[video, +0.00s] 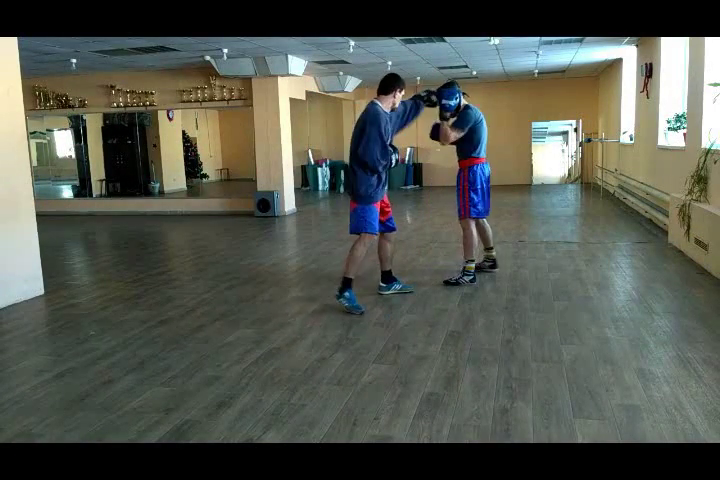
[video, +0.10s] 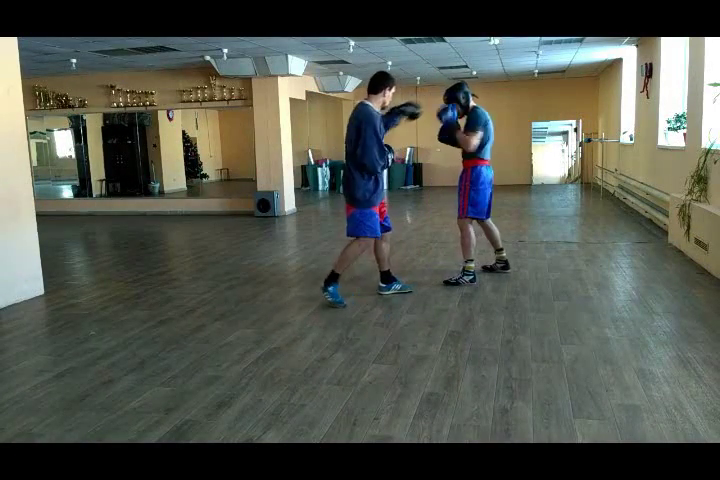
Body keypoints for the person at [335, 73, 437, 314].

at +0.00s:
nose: (400, 100)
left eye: (400, 96)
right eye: (401, 95)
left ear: (384, 90)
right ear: (396, 93)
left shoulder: (385, 113)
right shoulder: (376, 115)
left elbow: (405, 112)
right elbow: (373, 158)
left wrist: (422, 99)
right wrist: (394, 156)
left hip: (377, 186)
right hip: (365, 188)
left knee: (388, 231)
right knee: (367, 236)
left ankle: (387, 280)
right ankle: (345, 290)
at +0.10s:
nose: (392, 98)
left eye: (393, 94)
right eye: (392, 93)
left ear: (372, 90)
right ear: (386, 92)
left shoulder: (365, 111)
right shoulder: (369, 115)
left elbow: (379, 128)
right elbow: (371, 159)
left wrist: (399, 114)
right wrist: (389, 153)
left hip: (372, 189)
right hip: (363, 191)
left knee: (383, 233)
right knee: (365, 238)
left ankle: (387, 280)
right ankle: (330, 282)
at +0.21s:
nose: (384, 102)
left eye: (385, 97)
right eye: (384, 97)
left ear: (363, 93)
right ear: (379, 96)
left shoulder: (353, 115)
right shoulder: (365, 120)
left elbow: (357, 147)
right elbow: (373, 166)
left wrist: (377, 128)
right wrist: (385, 161)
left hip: (364, 192)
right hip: (358, 194)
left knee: (385, 230)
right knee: (356, 240)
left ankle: (387, 279)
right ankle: (326, 288)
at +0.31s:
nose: (376, 102)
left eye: (377, 98)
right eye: (377, 97)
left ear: (356, 93)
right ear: (371, 95)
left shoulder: (345, 116)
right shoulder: (360, 121)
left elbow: (348, 149)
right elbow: (368, 165)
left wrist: (370, 133)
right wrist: (380, 158)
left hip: (357, 190)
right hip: (356, 193)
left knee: (383, 223)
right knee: (354, 239)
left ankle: (386, 271)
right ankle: (325, 288)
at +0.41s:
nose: (376, 102)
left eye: (377, 98)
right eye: (377, 97)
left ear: (356, 93)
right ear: (370, 95)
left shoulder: (347, 116)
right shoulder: (359, 120)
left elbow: (353, 145)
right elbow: (367, 164)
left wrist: (376, 135)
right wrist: (382, 159)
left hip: (360, 189)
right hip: (357, 192)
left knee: (383, 223)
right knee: (353, 239)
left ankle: (385, 270)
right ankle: (325, 288)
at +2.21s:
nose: (379, 108)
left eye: (380, 104)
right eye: (377, 103)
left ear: (368, 103)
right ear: (365, 101)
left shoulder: (370, 123)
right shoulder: (349, 125)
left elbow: (377, 150)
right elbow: (347, 163)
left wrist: (392, 136)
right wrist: (376, 159)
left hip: (375, 183)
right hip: (355, 187)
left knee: (394, 214)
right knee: (351, 225)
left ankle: (397, 258)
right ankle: (333, 261)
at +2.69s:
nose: (399, 114)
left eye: (400, 110)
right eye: (396, 109)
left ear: (400, 109)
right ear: (383, 107)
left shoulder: (401, 124)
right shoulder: (368, 127)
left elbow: (415, 144)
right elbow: (356, 159)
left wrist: (429, 131)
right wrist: (387, 161)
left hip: (392, 183)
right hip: (369, 185)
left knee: (400, 220)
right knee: (361, 223)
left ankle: (406, 259)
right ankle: (349, 255)